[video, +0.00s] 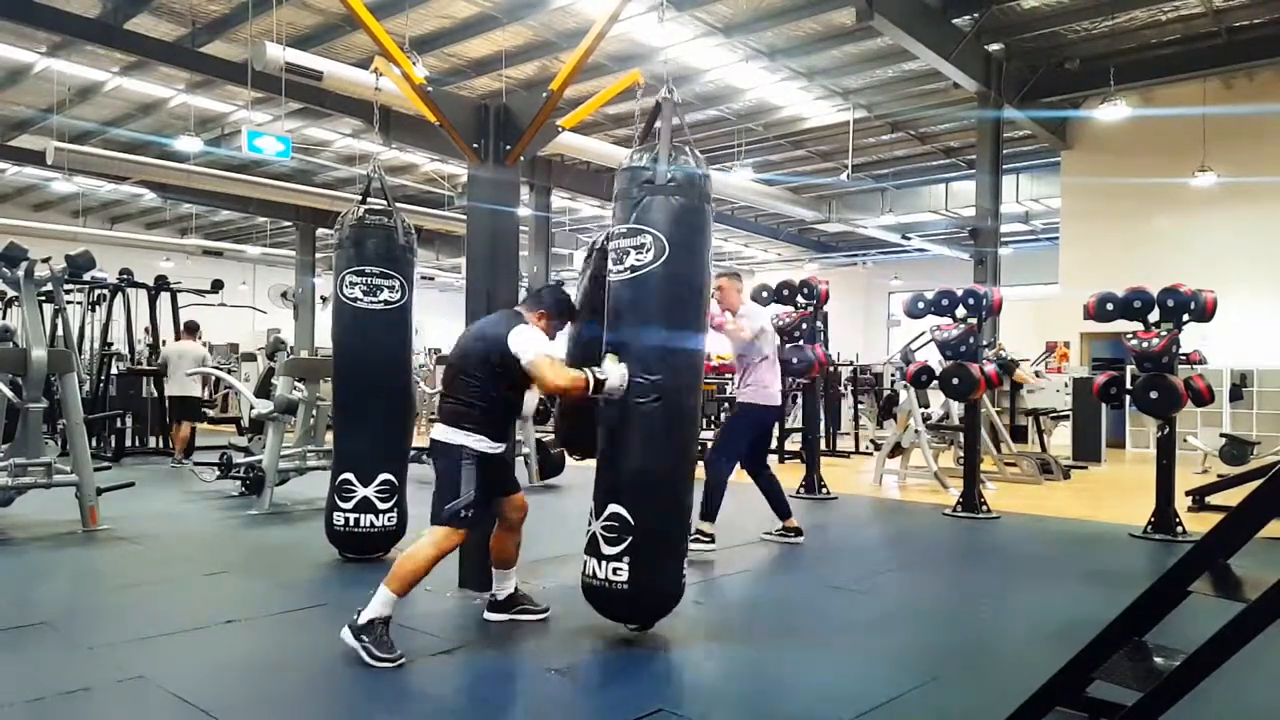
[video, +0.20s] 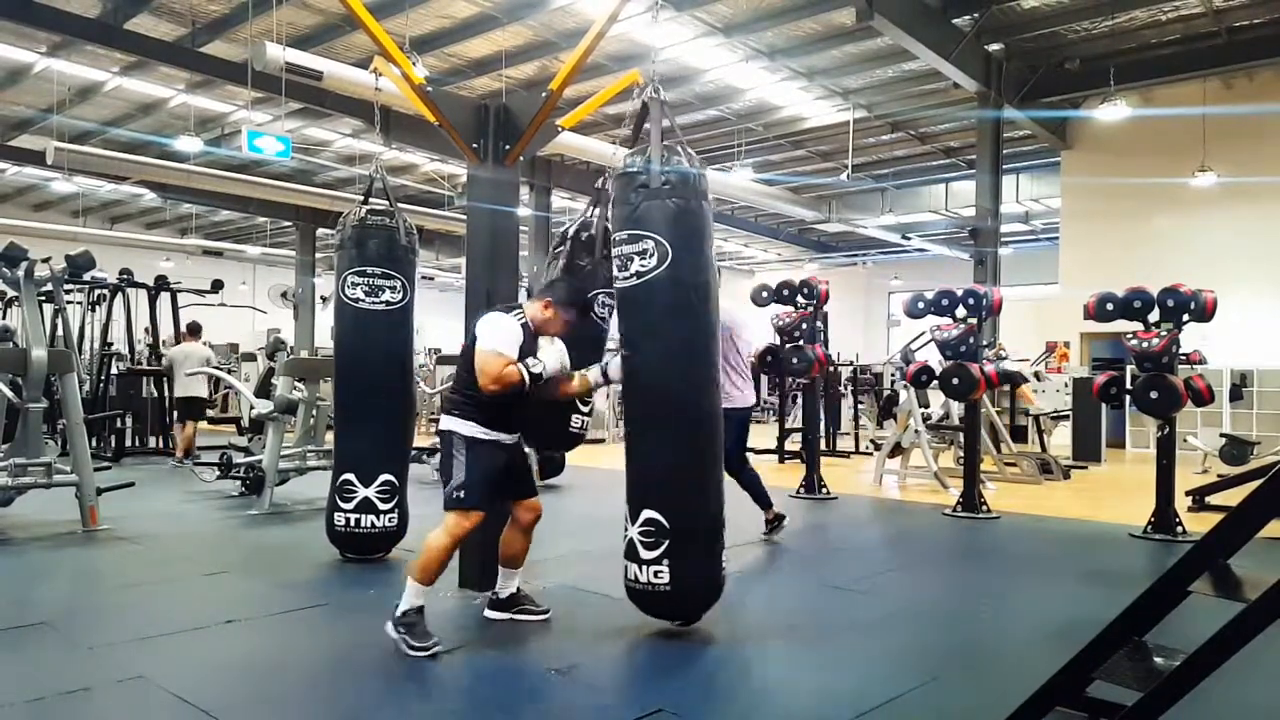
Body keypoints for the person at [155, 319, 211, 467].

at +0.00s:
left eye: (183, 331)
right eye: (197, 334)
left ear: (183, 331)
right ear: (197, 334)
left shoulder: (169, 348)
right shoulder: (201, 351)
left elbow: (161, 366)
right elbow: (208, 372)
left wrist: (169, 374)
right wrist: (206, 387)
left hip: (173, 391)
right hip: (192, 391)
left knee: (175, 423)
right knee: (187, 424)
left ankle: (178, 454)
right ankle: (178, 456)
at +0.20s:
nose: (195, 337)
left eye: (188, 333)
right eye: (198, 334)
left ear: (186, 333)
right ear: (200, 334)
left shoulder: (175, 350)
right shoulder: (206, 351)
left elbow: (165, 367)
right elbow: (214, 368)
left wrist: (176, 375)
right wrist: (207, 380)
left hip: (180, 391)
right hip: (198, 391)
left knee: (184, 423)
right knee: (191, 424)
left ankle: (192, 452)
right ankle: (179, 455)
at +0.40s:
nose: (191, 335)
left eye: (188, 332)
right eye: (199, 332)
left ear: (187, 333)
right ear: (201, 333)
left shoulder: (178, 351)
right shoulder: (208, 349)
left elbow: (171, 370)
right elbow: (216, 367)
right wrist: (211, 381)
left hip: (187, 392)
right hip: (205, 391)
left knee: (189, 424)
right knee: (206, 423)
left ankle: (193, 451)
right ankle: (189, 445)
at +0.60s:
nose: (199, 335)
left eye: (194, 333)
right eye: (203, 333)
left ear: (191, 333)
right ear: (206, 333)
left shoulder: (182, 352)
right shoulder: (213, 349)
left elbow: (177, 374)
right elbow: (221, 370)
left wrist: (180, 392)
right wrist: (221, 388)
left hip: (190, 393)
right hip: (210, 392)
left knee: (193, 423)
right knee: (216, 423)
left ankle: (195, 452)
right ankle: (212, 448)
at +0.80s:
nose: (202, 337)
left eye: (199, 335)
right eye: (210, 335)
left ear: (198, 335)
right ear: (213, 335)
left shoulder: (189, 353)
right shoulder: (219, 351)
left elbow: (181, 372)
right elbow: (226, 371)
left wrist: (183, 391)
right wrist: (230, 385)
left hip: (195, 394)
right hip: (215, 394)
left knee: (196, 423)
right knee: (221, 424)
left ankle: (196, 452)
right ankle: (222, 451)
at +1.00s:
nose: (210, 337)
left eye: (209, 334)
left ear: (209, 335)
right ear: (222, 335)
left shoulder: (199, 351)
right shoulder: (229, 351)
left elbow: (193, 369)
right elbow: (236, 370)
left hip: (205, 392)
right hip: (224, 392)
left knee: (202, 421)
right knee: (226, 424)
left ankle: (199, 448)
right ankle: (224, 450)